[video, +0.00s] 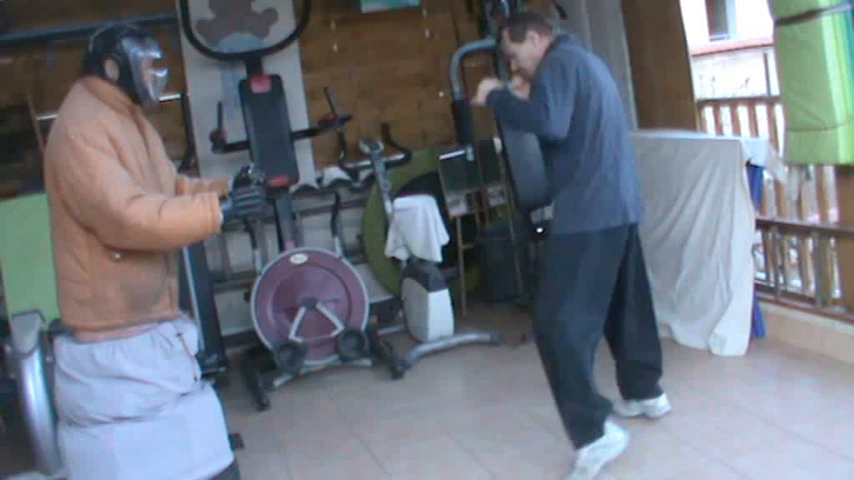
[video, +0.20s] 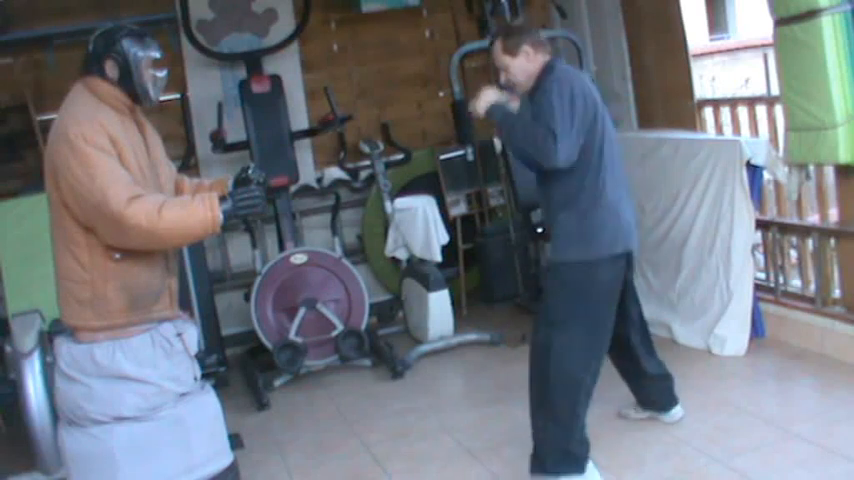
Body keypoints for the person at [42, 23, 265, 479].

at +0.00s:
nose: (154, 74)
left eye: (154, 63)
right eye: (144, 63)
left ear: (117, 68)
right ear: (111, 65)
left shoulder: (130, 117)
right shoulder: (80, 128)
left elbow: (168, 187)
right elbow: (125, 218)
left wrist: (228, 185)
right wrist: (217, 211)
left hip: (152, 319)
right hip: (109, 331)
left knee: (182, 449)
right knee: (130, 459)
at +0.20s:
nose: (154, 75)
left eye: (154, 64)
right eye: (144, 64)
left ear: (117, 68)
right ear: (111, 66)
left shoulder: (131, 117)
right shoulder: (80, 127)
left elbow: (168, 187)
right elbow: (125, 218)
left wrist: (226, 186)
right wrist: (218, 211)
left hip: (152, 318)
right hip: (109, 331)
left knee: (184, 449)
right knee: (131, 459)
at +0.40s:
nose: (154, 74)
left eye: (154, 64)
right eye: (144, 64)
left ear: (117, 68)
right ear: (111, 66)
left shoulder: (131, 118)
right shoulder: (79, 128)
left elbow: (168, 187)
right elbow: (125, 218)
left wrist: (226, 186)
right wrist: (218, 210)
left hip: (152, 317)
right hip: (109, 330)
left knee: (183, 447)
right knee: (131, 457)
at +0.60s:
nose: (153, 74)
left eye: (153, 63)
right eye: (143, 63)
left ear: (117, 68)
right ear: (111, 66)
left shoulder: (131, 118)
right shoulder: (79, 128)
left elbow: (168, 187)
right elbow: (126, 218)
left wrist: (227, 186)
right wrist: (218, 210)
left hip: (152, 316)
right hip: (109, 329)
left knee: (183, 446)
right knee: (132, 457)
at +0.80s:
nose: (153, 74)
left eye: (153, 64)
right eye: (144, 64)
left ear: (117, 68)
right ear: (111, 66)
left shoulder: (131, 118)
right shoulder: (79, 128)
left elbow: (168, 187)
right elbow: (125, 218)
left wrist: (226, 186)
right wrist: (218, 210)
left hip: (152, 316)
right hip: (109, 328)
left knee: (183, 445)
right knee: (131, 457)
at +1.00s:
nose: (153, 74)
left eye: (153, 63)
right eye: (144, 64)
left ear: (117, 68)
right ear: (111, 66)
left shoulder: (131, 118)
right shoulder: (79, 128)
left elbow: (168, 187)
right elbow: (125, 218)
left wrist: (226, 186)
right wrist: (218, 210)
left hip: (152, 317)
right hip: (109, 329)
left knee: (184, 446)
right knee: (132, 457)